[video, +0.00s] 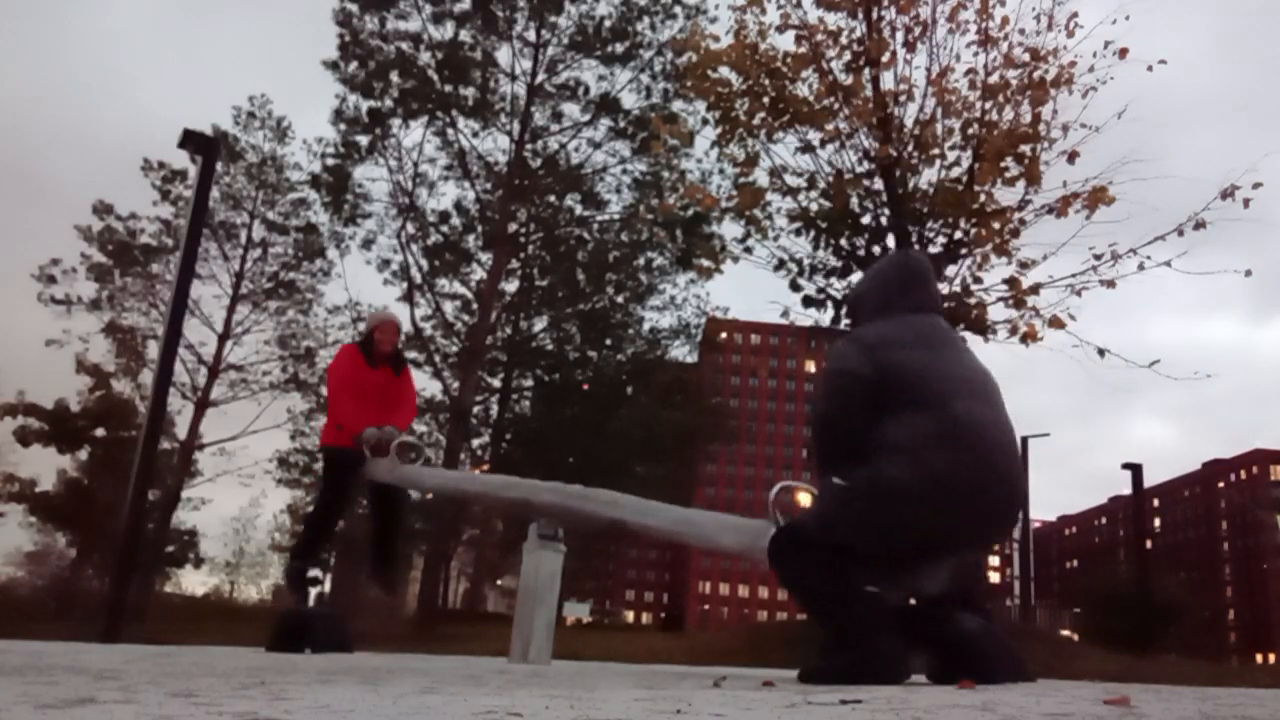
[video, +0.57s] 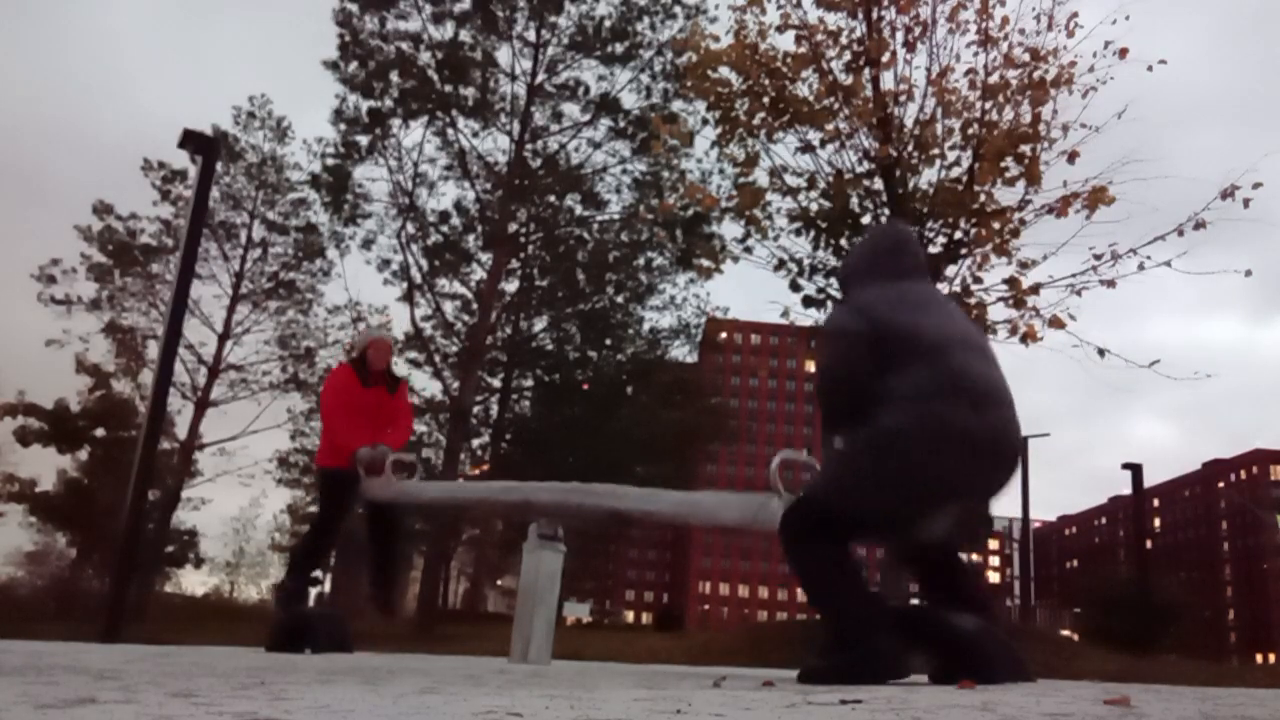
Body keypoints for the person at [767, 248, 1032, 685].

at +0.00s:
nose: (854, 314)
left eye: (858, 304)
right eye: (855, 304)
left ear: (873, 300)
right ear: (923, 300)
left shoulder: (862, 345)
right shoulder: (954, 347)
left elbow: (833, 442)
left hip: (912, 494)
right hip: (994, 499)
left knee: (796, 546)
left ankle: (863, 650)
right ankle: (976, 649)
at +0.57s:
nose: (846, 283)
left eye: (849, 274)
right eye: (848, 275)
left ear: (860, 269)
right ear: (916, 266)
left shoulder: (860, 307)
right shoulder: (942, 307)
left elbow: (837, 394)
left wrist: (849, 443)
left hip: (915, 441)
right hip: (993, 443)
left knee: (806, 526)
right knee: (927, 547)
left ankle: (862, 646)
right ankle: (987, 652)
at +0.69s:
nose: (841, 247)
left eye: (844, 239)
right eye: (843, 241)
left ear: (858, 231)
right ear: (907, 225)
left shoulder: (858, 265)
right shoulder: (934, 263)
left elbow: (836, 345)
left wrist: (840, 393)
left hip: (912, 397)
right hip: (989, 397)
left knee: (824, 505)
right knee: (923, 510)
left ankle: (858, 644)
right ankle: (980, 639)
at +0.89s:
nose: (849, 182)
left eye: (851, 173)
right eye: (852, 175)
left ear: (866, 161)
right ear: (913, 158)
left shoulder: (867, 189)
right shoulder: (946, 194)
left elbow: (846, 265)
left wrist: (833, 322)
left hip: (912, 322)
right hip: (985, 328)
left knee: (834, 442)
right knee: (917, 451)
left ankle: (856, 612)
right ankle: (968, 599)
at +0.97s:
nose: (852, 168)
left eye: (856, 159)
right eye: (853, 161)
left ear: (870, 147)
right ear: (918, 139)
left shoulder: (873, 174)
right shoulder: (946, 178)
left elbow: (844, 257)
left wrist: (834, 314)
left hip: (914, 310)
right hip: (985, 318)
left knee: (828, 412)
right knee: (911, 426)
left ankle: (857, 546)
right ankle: (959, 558)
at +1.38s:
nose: (869, 118)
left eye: (873, 107)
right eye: (869, 110)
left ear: (893, 93)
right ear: (930, 88)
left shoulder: (899, 120)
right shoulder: (966, 135)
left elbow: (851, 197)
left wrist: (810, 259)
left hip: (897, 271)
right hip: (965, 282)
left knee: (828, 360)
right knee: (909, 386)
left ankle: (840, 492)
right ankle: (940, 520)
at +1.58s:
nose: (867, 110)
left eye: (873, 98)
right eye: (866, 99)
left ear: (899, 91)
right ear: (926, 89)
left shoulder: (926, 118)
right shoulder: (956, 132)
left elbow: (888, 163)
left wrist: (816, 193)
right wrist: (832, 203)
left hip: (910, 277)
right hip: (964, 287)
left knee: (822, 356)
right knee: (906, 399)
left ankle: (839, 482)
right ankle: (950, 532)